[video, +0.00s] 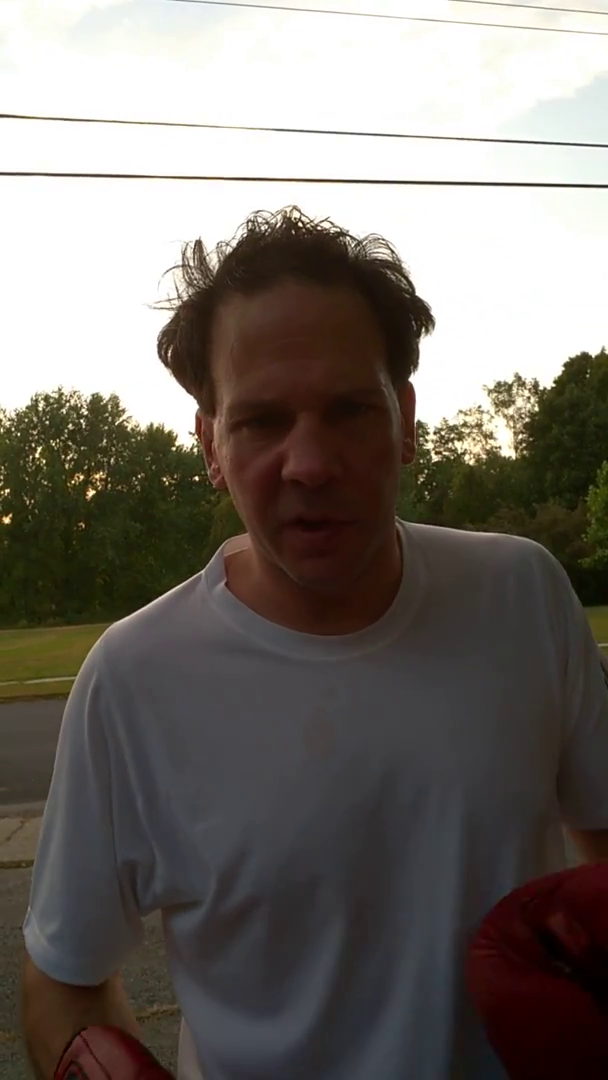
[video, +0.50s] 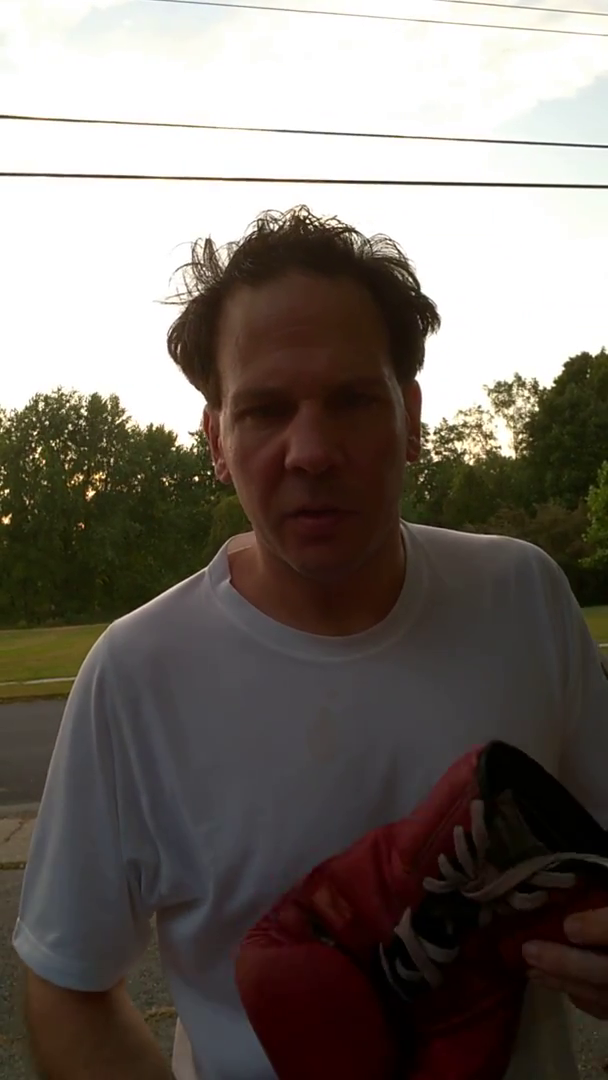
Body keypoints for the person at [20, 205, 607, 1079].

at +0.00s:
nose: (310, 463)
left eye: (349, 410)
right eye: (264, 420)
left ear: (405, 422)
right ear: (212, 447)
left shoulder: (524, 595)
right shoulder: (130, 680)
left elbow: (604, 833)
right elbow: (64, 977)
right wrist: (98, 1057)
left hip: (523, 1060)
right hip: (262, 1068)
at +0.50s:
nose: (310, 450)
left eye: (350, 400)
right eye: (267, 410)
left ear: (411, 418)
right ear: (218, 441)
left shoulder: (525, 598)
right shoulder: (134, 675)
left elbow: (601, 848)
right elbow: (67, 987)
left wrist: (595, 939)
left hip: (531, 1053)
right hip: (249, 1062)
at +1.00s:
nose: (274, 452)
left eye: (316, 398)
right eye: (234, 415)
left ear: (390, 414)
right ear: (203, 450)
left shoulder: (519, 593)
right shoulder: (134, 674)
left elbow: (604, 781)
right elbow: (72, 989)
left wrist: (591, 891)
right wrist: (171, 1071)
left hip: (531, 1059)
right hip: (266, 1066)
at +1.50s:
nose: (273, 455)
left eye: (313, 401)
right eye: (230, 419)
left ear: (384, 415)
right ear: (199, 455)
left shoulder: (514, 596)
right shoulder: (130, 670)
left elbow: (603, 813)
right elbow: (76, 993)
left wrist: (597, 935)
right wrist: (133, 1056)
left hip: (510, 1063)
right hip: (259, 1070)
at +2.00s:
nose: (300, 467)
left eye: (336, 418)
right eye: (255, 426)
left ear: (389, 423)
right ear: (201, 450)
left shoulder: (512, 600)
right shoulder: (125, 666)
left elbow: (605, 791)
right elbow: (53, 945)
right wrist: (111, 969)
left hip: (518, 1064)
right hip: (247, 1070)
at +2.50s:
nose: (403, 552)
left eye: (432, 502)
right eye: (354, 511)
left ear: (454, 459)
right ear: (248, 468)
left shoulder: (501, 601)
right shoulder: (130, 659)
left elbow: (588, 796)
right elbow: (42, 983)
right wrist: (89, 911)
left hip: (518, 1065)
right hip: (252, 1066)